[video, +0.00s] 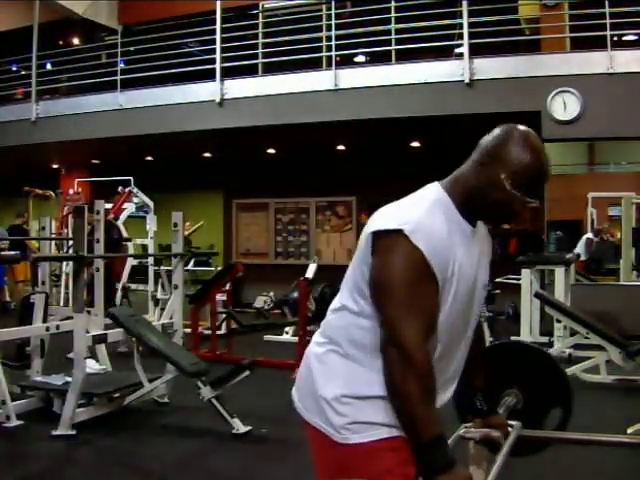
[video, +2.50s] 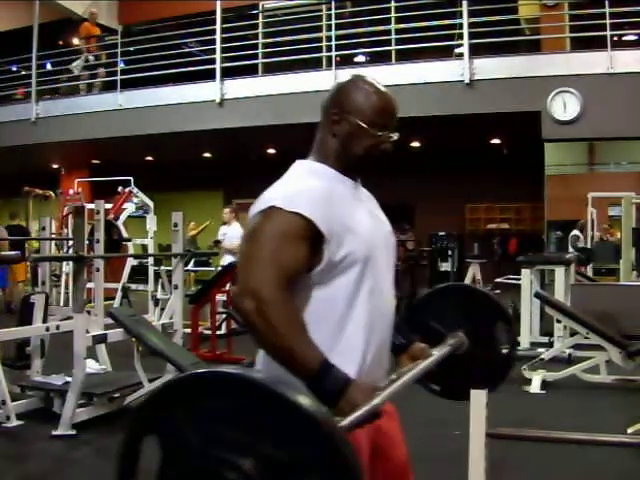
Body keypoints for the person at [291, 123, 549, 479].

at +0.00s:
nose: (524, 208)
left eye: (530, 197)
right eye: (524, 192)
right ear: (500, 176)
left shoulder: (477, 235)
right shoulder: (410, 231)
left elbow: (467, 328)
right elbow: (405, 356)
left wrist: (479, 411)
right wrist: (439, 462)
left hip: (410, 396)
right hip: (352, 402)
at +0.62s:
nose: (569, 245)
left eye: (576, 236)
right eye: (573, 232)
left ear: (540, 195)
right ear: (553, 214)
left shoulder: (495, 244)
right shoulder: (463, 242)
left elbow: (450, 346)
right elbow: (414, 352)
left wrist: (471, 413)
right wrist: (434, 463)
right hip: (359, 400)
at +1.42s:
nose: (558, 204)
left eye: (556, 191)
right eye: (549, 190)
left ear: (510, 195)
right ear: (512, 194)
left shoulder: (496, 252)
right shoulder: (455, 258)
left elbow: (445, 346)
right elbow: (402, 359)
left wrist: (472, 412)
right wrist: (429, 464)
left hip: (396, 400)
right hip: (351, 408)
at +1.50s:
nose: (534, 174)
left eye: (528, 161)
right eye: (518, 160)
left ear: (474, 172)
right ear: (472, 170)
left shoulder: (486, 246)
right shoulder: (435, 250)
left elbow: (442, 349)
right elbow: (398, 360)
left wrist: (469, 416)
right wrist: (432, 461)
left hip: (409, 406)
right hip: (356, 412)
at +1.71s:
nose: (486, 136)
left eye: (481, 127)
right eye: (471, 127)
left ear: (439, 145)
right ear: (437, 143)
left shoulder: (453, 219)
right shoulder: (410, 214)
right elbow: (373, 326)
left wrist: (463, 393)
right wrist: (431, 425)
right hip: (366, 422)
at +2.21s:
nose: (436, 128)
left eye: (434, 118)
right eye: (424, 117)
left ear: (388, 125)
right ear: (386, 124)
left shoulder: (399, 197)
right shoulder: (362, 195)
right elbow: (317, 293)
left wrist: (434, 356)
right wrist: (385, 386)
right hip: (343, 414)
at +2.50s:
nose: (386, 142)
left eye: (389, 132)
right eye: (375, 129)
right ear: (335, 121)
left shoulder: (361, 200)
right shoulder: (304, 191)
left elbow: (352, 298)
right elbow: (256, 295)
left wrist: (402, 344)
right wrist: (335, 386)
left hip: (373, 414)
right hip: (312, 426)